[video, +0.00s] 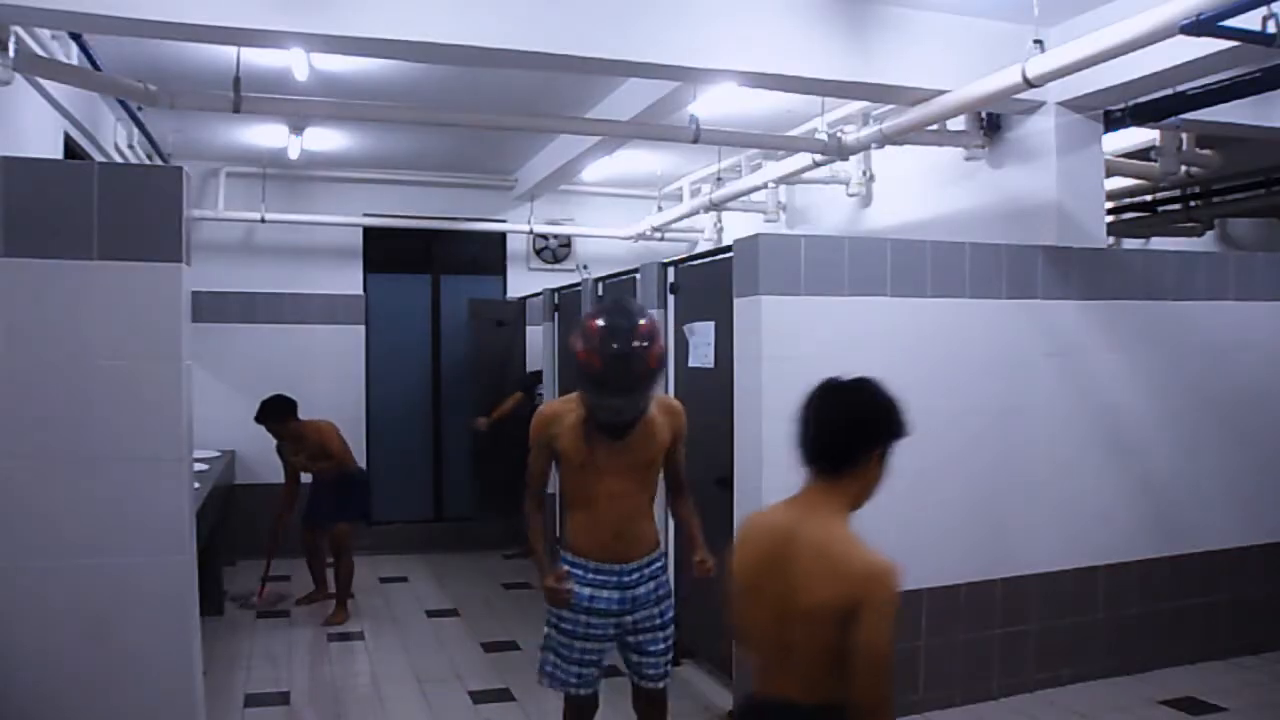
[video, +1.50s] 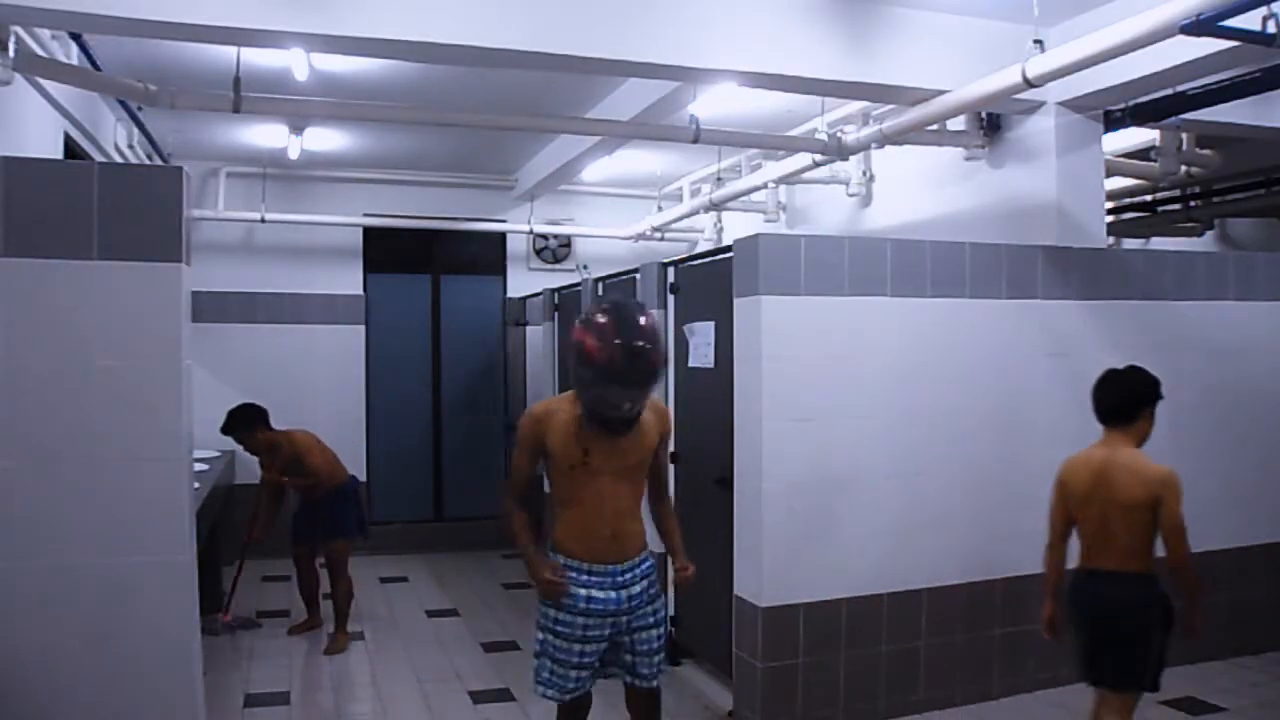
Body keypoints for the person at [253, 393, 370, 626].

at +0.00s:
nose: (272, 435)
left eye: (273, 429)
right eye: (269, 430)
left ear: (287, 421)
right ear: (278, 426)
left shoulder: (324, 432)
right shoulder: (284, 447)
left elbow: (347, 465)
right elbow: (292, 484)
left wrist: (312, 467)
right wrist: (283, 516)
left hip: (348, 485)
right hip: (321, 487)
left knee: (340, 539)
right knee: (310, 535)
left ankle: (341, 605)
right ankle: (321, 588)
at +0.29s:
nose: (280, 435)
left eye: (282, 429)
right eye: (277, 431)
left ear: (296, 423)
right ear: (283, 428)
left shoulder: (335, 428)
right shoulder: (287, 450)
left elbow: (359, 454)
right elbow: (293, 485)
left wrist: (332, 461)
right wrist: (293, 516)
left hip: (349, 485)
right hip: (319, 487)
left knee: (343, 544)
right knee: (308, 543)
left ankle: (342, 605)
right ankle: (323, 592)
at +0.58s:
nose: (271, 439)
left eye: (273, 433)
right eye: (267, 435)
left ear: (288, 424)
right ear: (268, 433)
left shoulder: (324, 429)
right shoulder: (278, 457)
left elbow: (359, 452)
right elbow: (284, 496)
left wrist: (332, 460)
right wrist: (285, 530)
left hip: (346, 485)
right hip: (315, 489)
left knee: (341, 549)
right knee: (311, 550)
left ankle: (341, 608)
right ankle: (312, 614)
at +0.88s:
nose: (245, 446)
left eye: (245, 439)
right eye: (241, 441)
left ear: (258, 430)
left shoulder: (301, 431)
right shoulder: (261, 463)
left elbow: (340, 452)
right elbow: (267, 500)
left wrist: (313, 461)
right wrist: (271, 530)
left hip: (336, 487)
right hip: (305, 492)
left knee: (331, 550)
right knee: (301, 554)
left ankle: (340, 605)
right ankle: (311, 616)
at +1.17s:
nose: (237, 445)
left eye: (237, 438)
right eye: (233, 440)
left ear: (251, 426)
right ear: (248, 428)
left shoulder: (291, 430)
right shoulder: (259, 459)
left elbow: (327, 456)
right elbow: (270, 495)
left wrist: (290, 460)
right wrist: (261, 530)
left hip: (334, 488)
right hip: (305, 493)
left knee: (332, 553)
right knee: (303, 555)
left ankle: (346, 620)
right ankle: (312, 617)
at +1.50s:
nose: (243, 449)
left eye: (244, 441)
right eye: (240, 443)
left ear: (259, 431)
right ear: (257, 432)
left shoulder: (299, 443)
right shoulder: (268, 457)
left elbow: (324, 479)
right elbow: (269, 494)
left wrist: (283, 481)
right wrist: (260, 528)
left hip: (339, 497)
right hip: (310, 500)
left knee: (336, 564)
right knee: (303, 558)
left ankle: (341, 631)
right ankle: (313, 616)